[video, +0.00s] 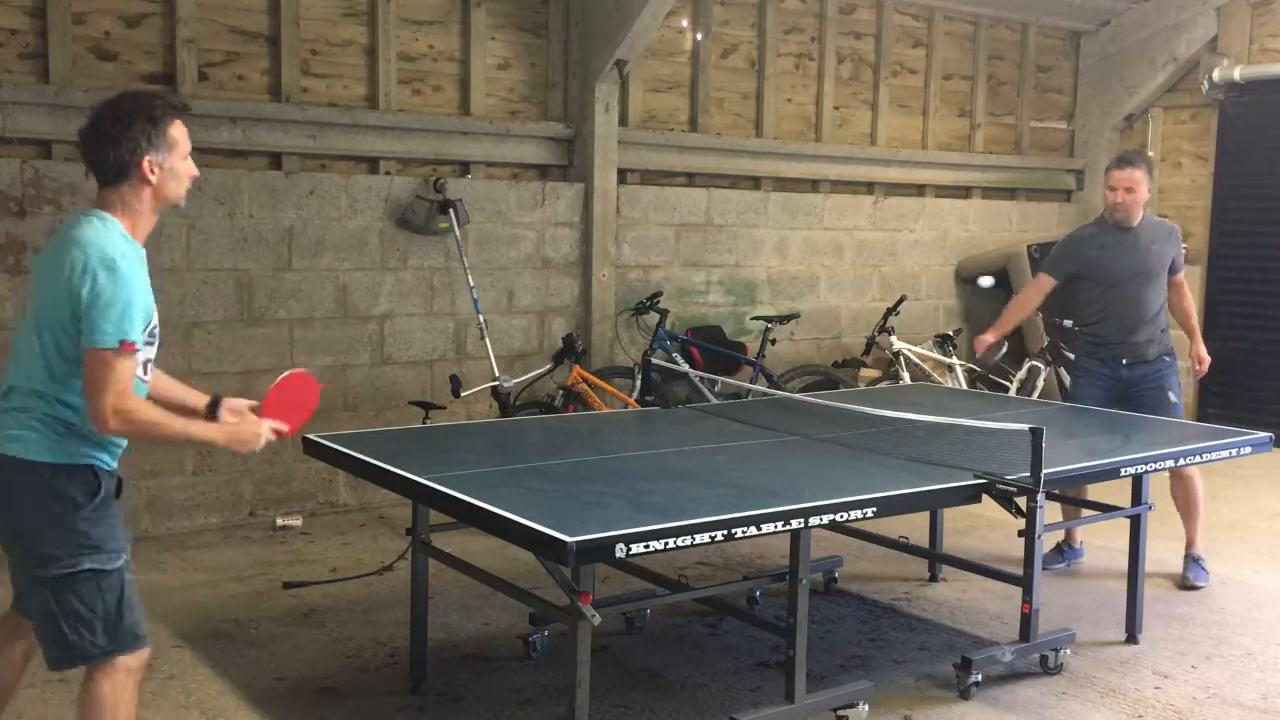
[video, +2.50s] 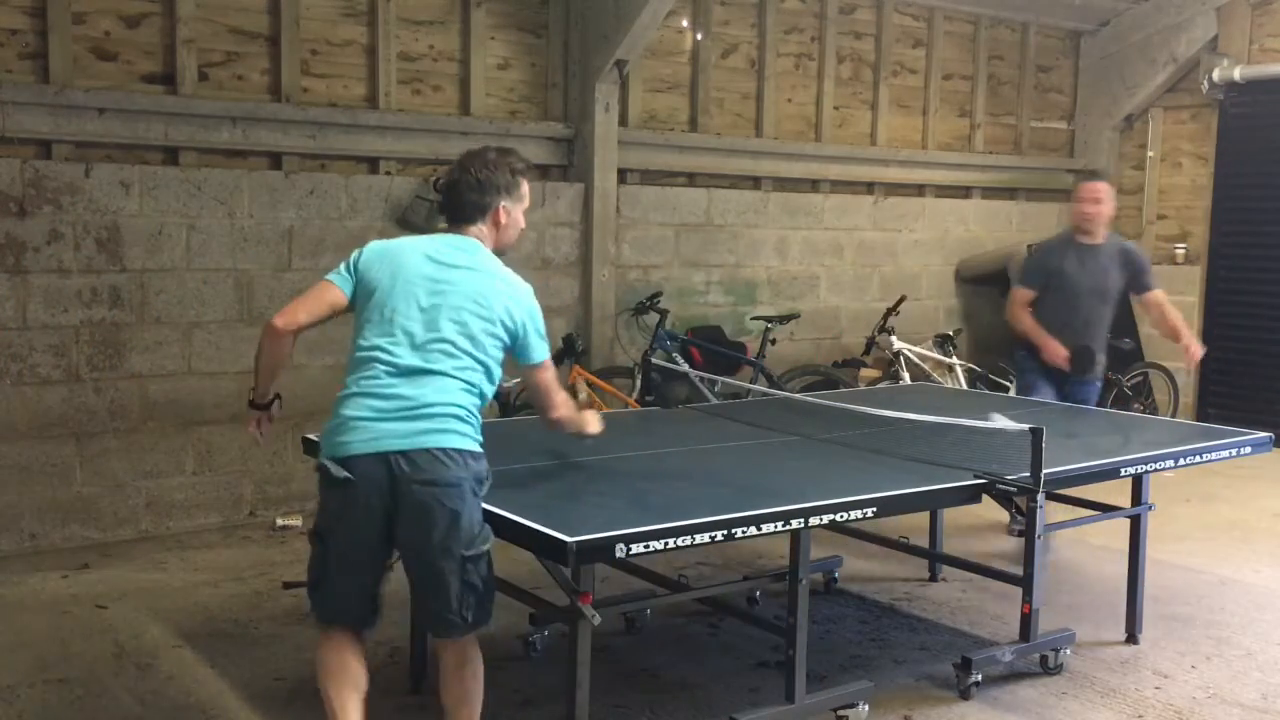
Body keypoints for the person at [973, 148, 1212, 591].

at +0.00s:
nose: (1117, 197)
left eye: (1127, 189)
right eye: (1111, 188)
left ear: (1148, 193)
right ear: (1103, 189)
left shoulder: (1166, 236)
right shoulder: (1078, 243)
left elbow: (1178, 289)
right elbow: (1037, 288)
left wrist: (1196, 339)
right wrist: (996, 332)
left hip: (1154, 368)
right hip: (1094, 368)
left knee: (1180, 458)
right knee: (1074, 455)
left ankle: (1194, 552)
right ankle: (1071, 543)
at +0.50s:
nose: (1151, 205)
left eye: (1162, 198)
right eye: (1146, 196)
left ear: (1185, 202)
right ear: (1140, 198)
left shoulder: (1211, 251)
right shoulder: (1119, 247)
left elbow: (1243, 304)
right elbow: (1094, 300)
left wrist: (1266, 351)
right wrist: (1069, 347)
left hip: (1174, 376)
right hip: (1114, 369)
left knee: (1189, 468)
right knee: (1077, 445)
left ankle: (1207, 555)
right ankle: (1056, 522)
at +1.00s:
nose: (1064, 201)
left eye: (1073, 193)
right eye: (1058, 194)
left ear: (1095, 197)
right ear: (1054, 199)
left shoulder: (1124, 245)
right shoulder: (1042, 249)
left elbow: (1152, 304)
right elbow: (1024, 302)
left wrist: (1151, 361)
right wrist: (984, 332)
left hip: (1108, 369)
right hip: (1055, 366)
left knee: (1113, 461)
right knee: (1041, 448)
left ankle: (1129, 546)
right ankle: (1048, 522)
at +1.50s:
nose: (869, 246)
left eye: (875, 239)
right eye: (869, 239)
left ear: (901, 240)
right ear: (892, 241)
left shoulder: (944, 273)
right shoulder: (882, 297)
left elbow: (1002, 292)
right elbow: (847, 341)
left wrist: (1012, 305)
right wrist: (789, 351)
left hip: (984, 379)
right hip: (939, 387)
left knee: (1025, 460)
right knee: (898, 438)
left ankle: (1094, 536)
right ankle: (882, 508)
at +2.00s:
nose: (867, 227)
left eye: (874, 218)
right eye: (864, 221)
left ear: (897, 219)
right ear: (865, 226)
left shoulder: (934, 253)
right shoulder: (872, 278)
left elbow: (991, 278)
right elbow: (847, 335)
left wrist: (1013, 308)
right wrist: (825, 347)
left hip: (965, 366)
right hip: (923, 373)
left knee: (979, 445)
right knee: (892, 436)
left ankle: (1051, 507)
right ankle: (880, 513)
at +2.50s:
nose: (1088, 209)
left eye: (1097, 202)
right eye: (1082, 201)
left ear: (1113, 209)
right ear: (1072, 207)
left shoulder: (1126, 257)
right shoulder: (1048, 253)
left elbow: (1156, 305)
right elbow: (1016, 308)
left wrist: (1185, 337)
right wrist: (1046, 343)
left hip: (1087, 373)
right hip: (1040, 367)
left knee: (1072, 448)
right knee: (1036, 440)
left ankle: (1030, 508)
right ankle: (1025, 509)